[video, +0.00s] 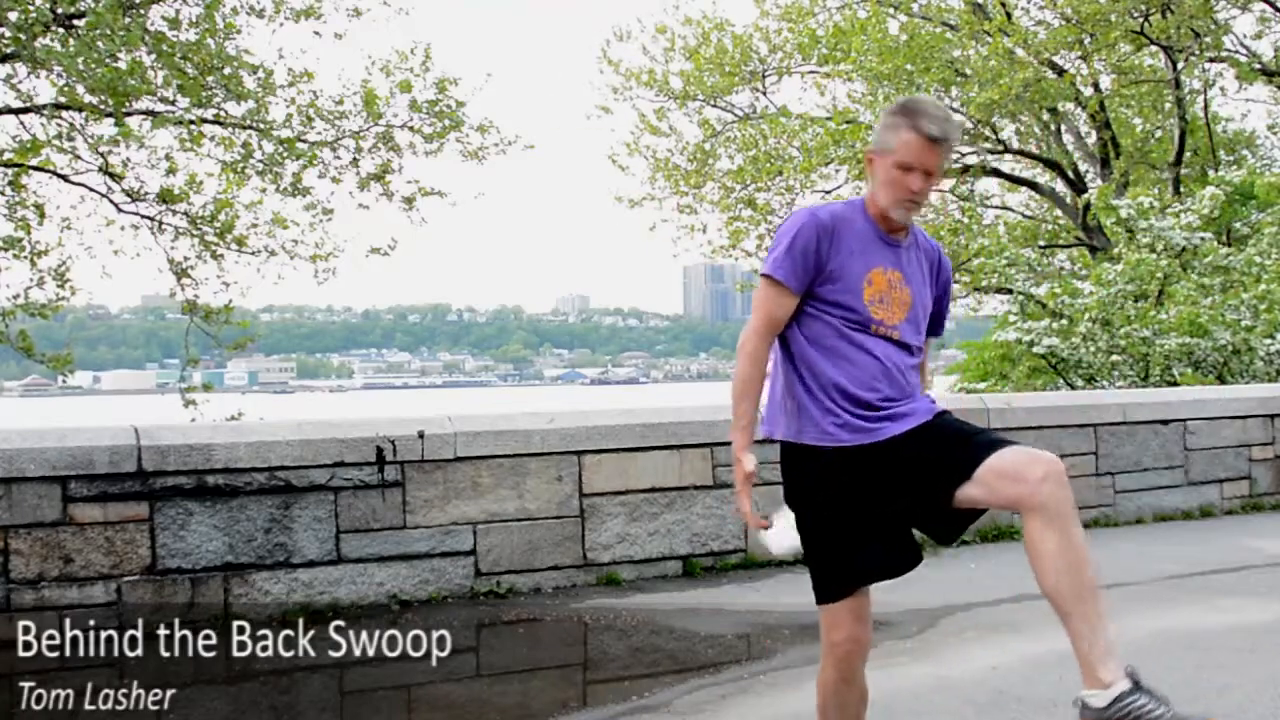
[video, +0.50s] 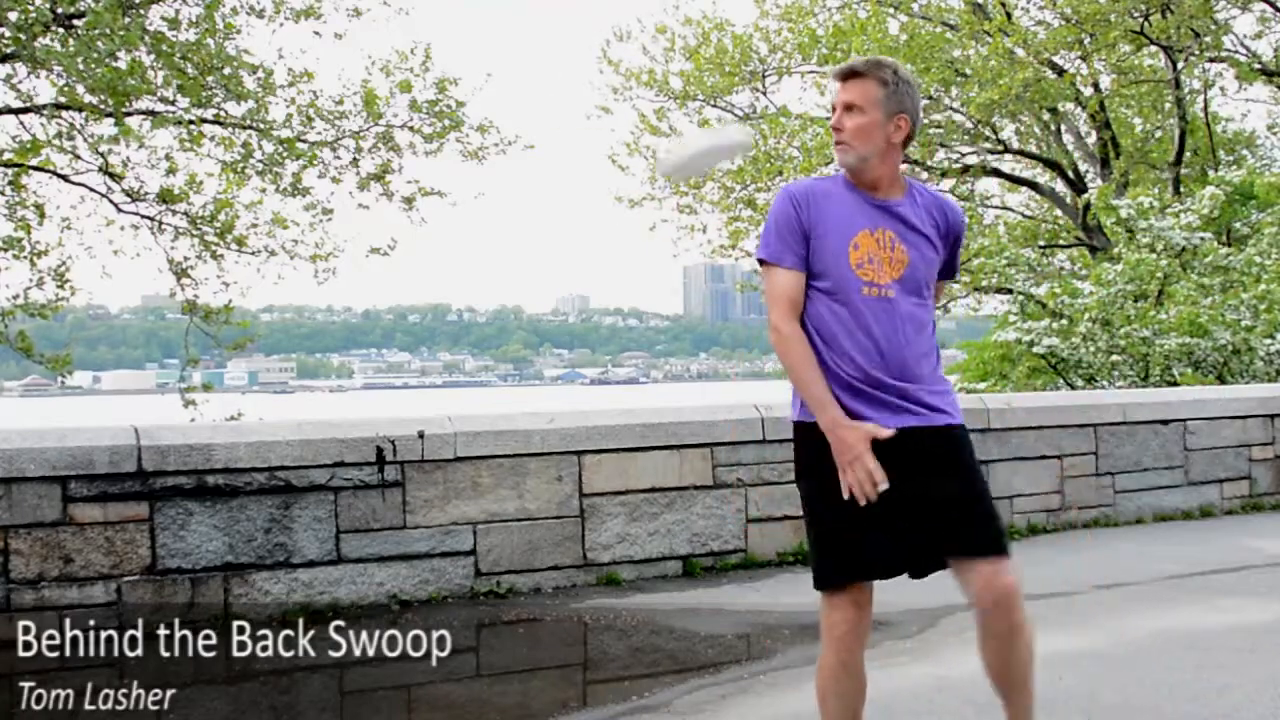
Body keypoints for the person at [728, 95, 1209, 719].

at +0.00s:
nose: (919, 187)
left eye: (931, 175)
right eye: (907, 170)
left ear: (941, 177)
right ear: (870, 160)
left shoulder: (930, 262)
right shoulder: (815, 229)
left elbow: (915, 371)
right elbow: (757, 338)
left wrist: (939, 457)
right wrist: (741, 451)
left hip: (908, 436)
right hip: (825, 453)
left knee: (1042, 478)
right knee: (846, 641)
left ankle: (1106, 685)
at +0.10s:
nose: (883, 165)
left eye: (899, 153)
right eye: (872, 149)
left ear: (924, 161)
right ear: (854, 150)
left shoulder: (933, 250)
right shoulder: (806, 226)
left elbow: (908, 352)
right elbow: (760, 341)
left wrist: (923, 426)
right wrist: (764, 456)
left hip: (915, 434)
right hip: (828, 449)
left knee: (1044, 495)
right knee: (847, 637)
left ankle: (1082, 697)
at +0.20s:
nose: (867, 156)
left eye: (884, 144)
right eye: (859, 141)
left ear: (918, 154)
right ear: (847, 144)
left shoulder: (933, 243)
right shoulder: (803, 222)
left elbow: (905, 346)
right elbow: (767, 340)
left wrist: (921, 427)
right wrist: (777, 453)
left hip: (920, 433)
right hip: (830, 445)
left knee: (1041, 507)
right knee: (847, 633)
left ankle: (1069, 708)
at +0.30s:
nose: (847, 140)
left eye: (865, 128)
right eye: (842, 126)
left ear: (907, 143)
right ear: (836, 132)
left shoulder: (936, 233)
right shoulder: (799, 215)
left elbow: (903, 332)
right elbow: (776, 331)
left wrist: (920, 412)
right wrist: (804, 439)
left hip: (927, 429)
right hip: (836, 440)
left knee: (1031, 539)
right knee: (847, 631)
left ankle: (1047, 713)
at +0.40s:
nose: (842, 135)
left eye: (859, 123)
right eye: (839, 122)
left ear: (904, 140)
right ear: (835, 130)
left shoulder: (938, 227)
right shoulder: (800, 210)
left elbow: (904, 325)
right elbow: (779, 328)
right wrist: (819, 435)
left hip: (928, 424)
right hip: (835, 435)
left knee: (1021, 553)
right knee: (847, 624)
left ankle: (1036, 715)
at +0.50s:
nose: (836, 123)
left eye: (852, 112)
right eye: (834, 111)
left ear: (900, 129)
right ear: (834, 122)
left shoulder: (943, 217)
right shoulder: (800, 202)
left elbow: (920, 315)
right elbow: (783, 322)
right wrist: (836, 426)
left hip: (930, 428)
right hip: (835, 431)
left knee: (998, 589)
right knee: (846, 622)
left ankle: (1022, 715)